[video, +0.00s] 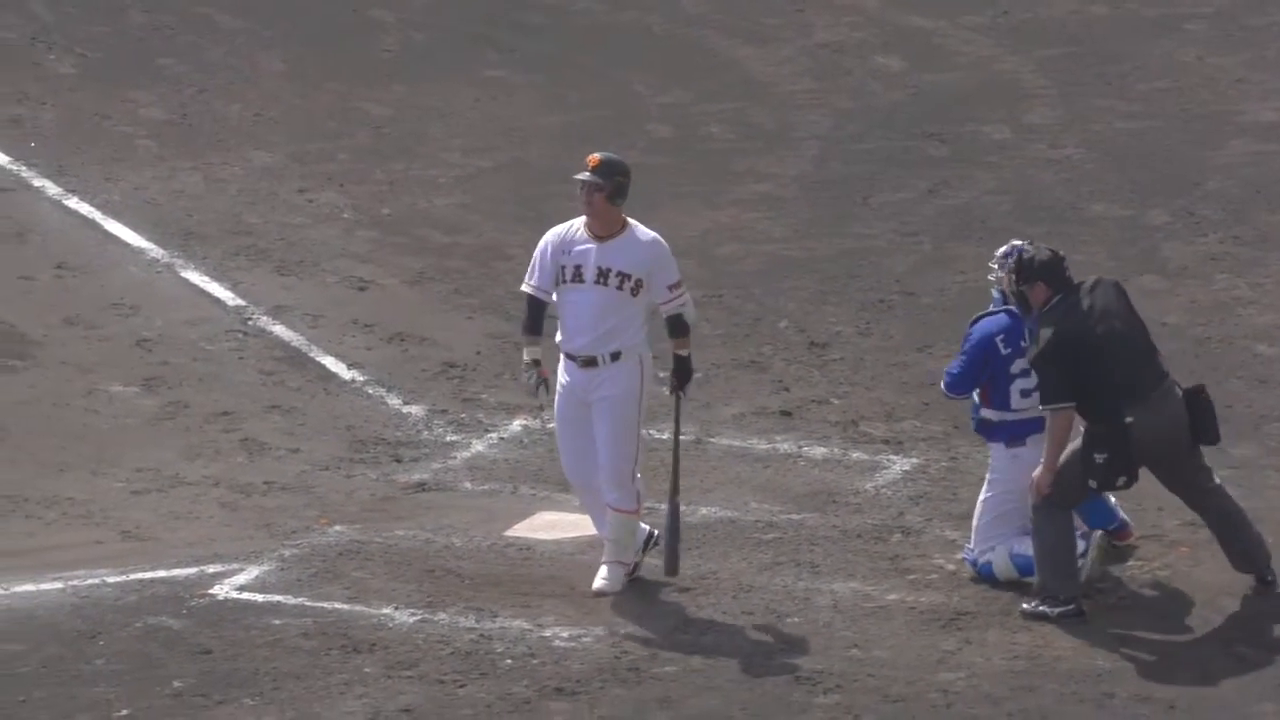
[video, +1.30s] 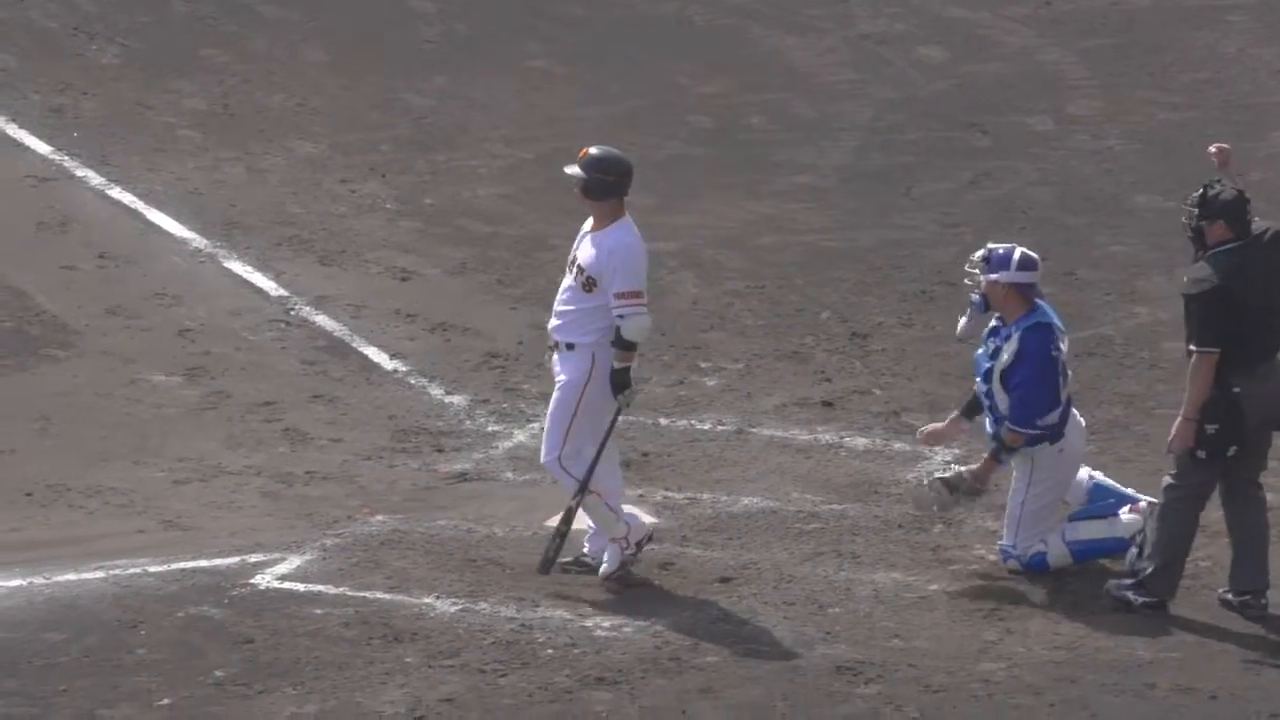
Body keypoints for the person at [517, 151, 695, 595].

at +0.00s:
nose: (586, 196)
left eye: (595, 190)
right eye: (584, 188)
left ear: (617, 195)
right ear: (581, 191)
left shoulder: (649, 247)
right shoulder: (558, 240)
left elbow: (675, 309)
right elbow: (536, 302)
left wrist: (682, 360)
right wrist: (532, 358)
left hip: (620, 371)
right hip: (570, 371)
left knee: (616, 467)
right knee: (578, 470)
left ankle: (616, 561)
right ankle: (633, 536)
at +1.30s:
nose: (576, 186)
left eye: (582, 182)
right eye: (579, 180)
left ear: (599, 189)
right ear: (610, 189)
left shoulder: (623, 245)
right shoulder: (595, 225)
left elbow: (632, 321)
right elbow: (590, 297)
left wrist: (621, 370)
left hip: (592, 360)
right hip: (572, 355)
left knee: (558, 455)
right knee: (591, 451)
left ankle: (627, 530)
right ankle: (605, 541)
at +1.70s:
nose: (581, 189)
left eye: (586, 185)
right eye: (583, 182)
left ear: (599, 191)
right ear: (623, 191)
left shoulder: (598, 246)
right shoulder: (644, 231)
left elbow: (587, 319)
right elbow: (653, 293)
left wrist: (570, 365)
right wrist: (622, 320)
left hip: (601, 357)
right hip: (631, 350)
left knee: (594, 462)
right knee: (603, 451)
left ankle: (623, 560)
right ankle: (602, 538)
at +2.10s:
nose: (572, 192)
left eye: (576, 187)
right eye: (574, 186)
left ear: (589, 190)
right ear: (618, 192)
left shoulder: (569, 232)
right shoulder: (646, 248)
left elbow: (537, 295)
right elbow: (654, 318)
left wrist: (523, 346)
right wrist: (651, 366)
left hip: (582, 366)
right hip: (630, 362)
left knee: (589, 467)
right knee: (620, 404)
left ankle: (603, 562)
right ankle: (636, 487)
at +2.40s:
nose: (579, 191)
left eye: (583, 186)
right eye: (582, 186)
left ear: (592, 189)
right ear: (626, 193)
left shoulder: (566, 226)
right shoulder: (651, 248)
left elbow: (528, 289)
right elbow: (660, 321)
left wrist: (517, 341)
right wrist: (657, 372)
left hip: (573, 360)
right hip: (625, 357)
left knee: (576, 463)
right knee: (648, 439)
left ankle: (587, 557)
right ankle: (669, 538)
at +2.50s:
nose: (585, 191)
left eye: (589, 186)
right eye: (588, 185)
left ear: (598, 188)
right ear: (631, 192)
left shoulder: (570, 226)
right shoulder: (657, 248)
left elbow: (530, 289)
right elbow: (660, 321)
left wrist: (519, 341)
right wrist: (656, 378)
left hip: (578, 358)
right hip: (632, 356)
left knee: (578, 464)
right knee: (647, 466)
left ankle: (583, 556)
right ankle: (661, 557)